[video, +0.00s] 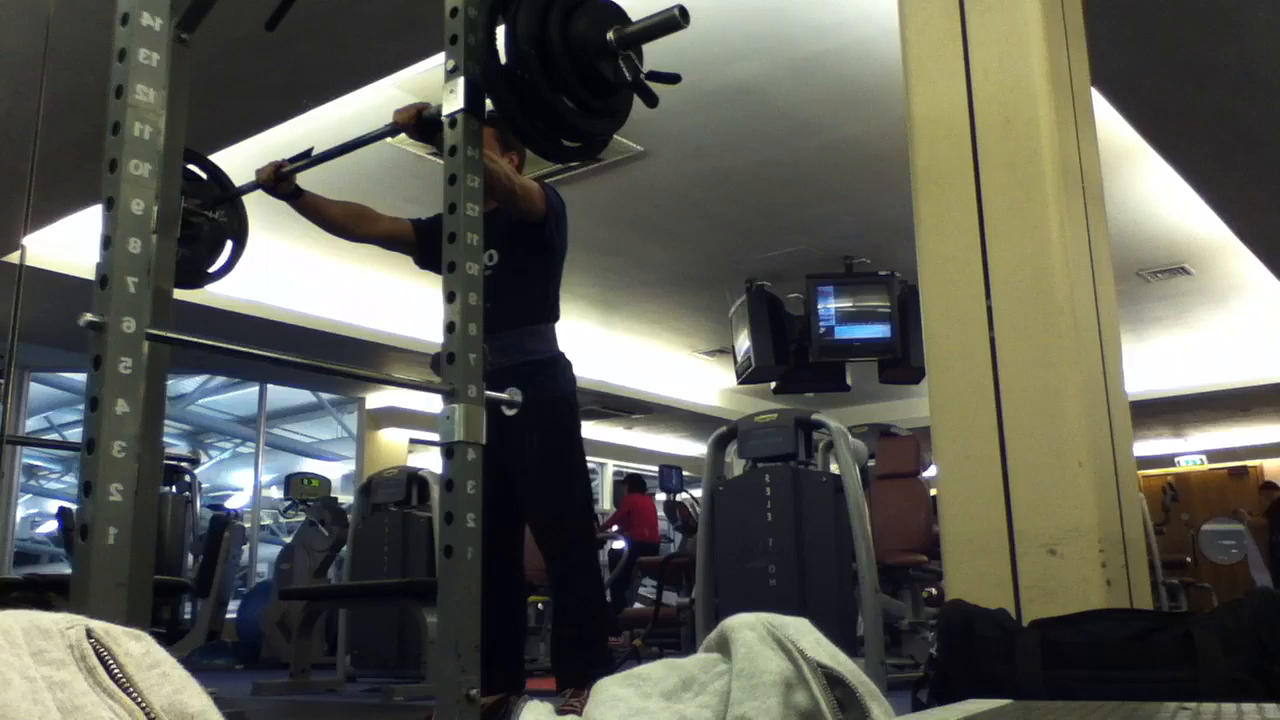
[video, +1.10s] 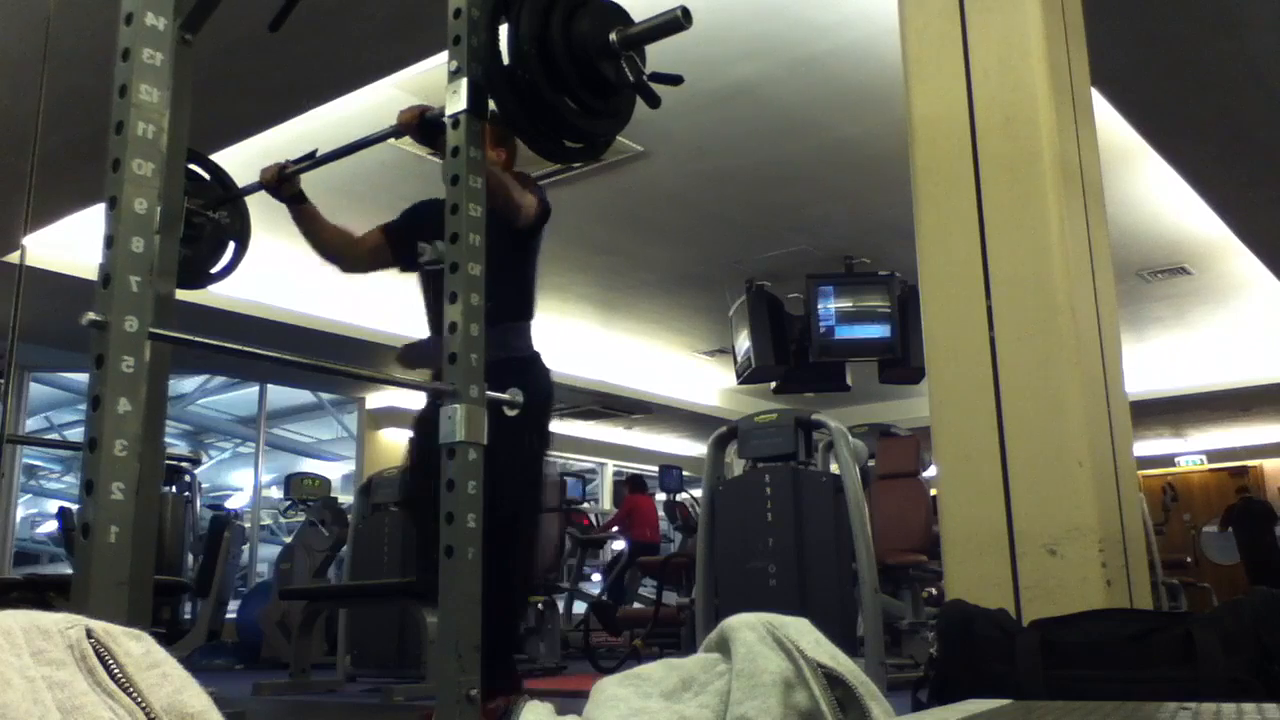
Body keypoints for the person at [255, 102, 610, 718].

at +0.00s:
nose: (469, 165)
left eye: (479, 153)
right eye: (464, 157)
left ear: (513, 156)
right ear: (460, 165)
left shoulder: (543, 209)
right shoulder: (458, 227)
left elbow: (505, 182)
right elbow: (369, 224)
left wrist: (441, 132)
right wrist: (294, 193)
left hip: (537, 384)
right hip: (476, 392)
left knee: (563, 537)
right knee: (489, 546)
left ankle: (579, 684)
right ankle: (499, 687)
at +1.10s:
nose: (468, 157)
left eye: (479, 145)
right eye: (460, 146)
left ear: (504, 152)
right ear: (447, 154)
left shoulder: (526, 200)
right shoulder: (431, 217)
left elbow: (517, 207)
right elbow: (350, 252)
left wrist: (445, 142)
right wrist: (297, 198)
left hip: (512, 389)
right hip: (449, 392)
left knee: (503, 537)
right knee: (435, 536)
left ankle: (500, 683)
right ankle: (461, 679)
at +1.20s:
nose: (428, 155)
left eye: (444, 146)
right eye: (427, 147)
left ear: (476, 156)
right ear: (427, 159)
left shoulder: (502, 208)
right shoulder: (407, 226)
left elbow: (499, 226)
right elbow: (331, 273)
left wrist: (436, 144)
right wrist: (291, 203)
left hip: (490, 397)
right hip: (421, 399)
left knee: (469, 544)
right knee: (370, 533)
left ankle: (475, 685)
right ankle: (437, 677)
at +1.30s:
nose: (403, 150)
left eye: (418, 140)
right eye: (399, 142)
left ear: (446, 153)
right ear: (393, 158)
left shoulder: (470, 206)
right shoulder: (382, 226)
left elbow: (469, 241)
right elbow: (304, 284)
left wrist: (434, 160)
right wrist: (281, 206)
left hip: (447, 404)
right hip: (386, 402)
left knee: (426, 553)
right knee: (298, 524)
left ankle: (445, 690)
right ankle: (343, 675)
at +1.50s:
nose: (373, 118)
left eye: (389, 114)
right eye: (370, 112)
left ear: (409, 140)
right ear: (354, 135)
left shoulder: (412, 195)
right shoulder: (315, 210)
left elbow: (399, 231)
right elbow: (240, 271)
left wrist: (412, 147)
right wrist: (258, 194)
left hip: (351, 379)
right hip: (287, 380)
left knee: (351, 546)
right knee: (220, 517)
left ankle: (432, 681)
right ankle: (250, 694)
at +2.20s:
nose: (404, 106)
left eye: (421, 103)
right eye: (404, 101)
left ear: (442, 130)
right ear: (390, 124)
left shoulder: (442, 178)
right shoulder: (354, 192)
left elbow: (414, 226)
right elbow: (267, 249)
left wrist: (440, 141)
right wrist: (300, 188)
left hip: (394, 352)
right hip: (325, 352)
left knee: (386, 516)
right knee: (275, 502)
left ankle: (399, 693)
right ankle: (258, 685)